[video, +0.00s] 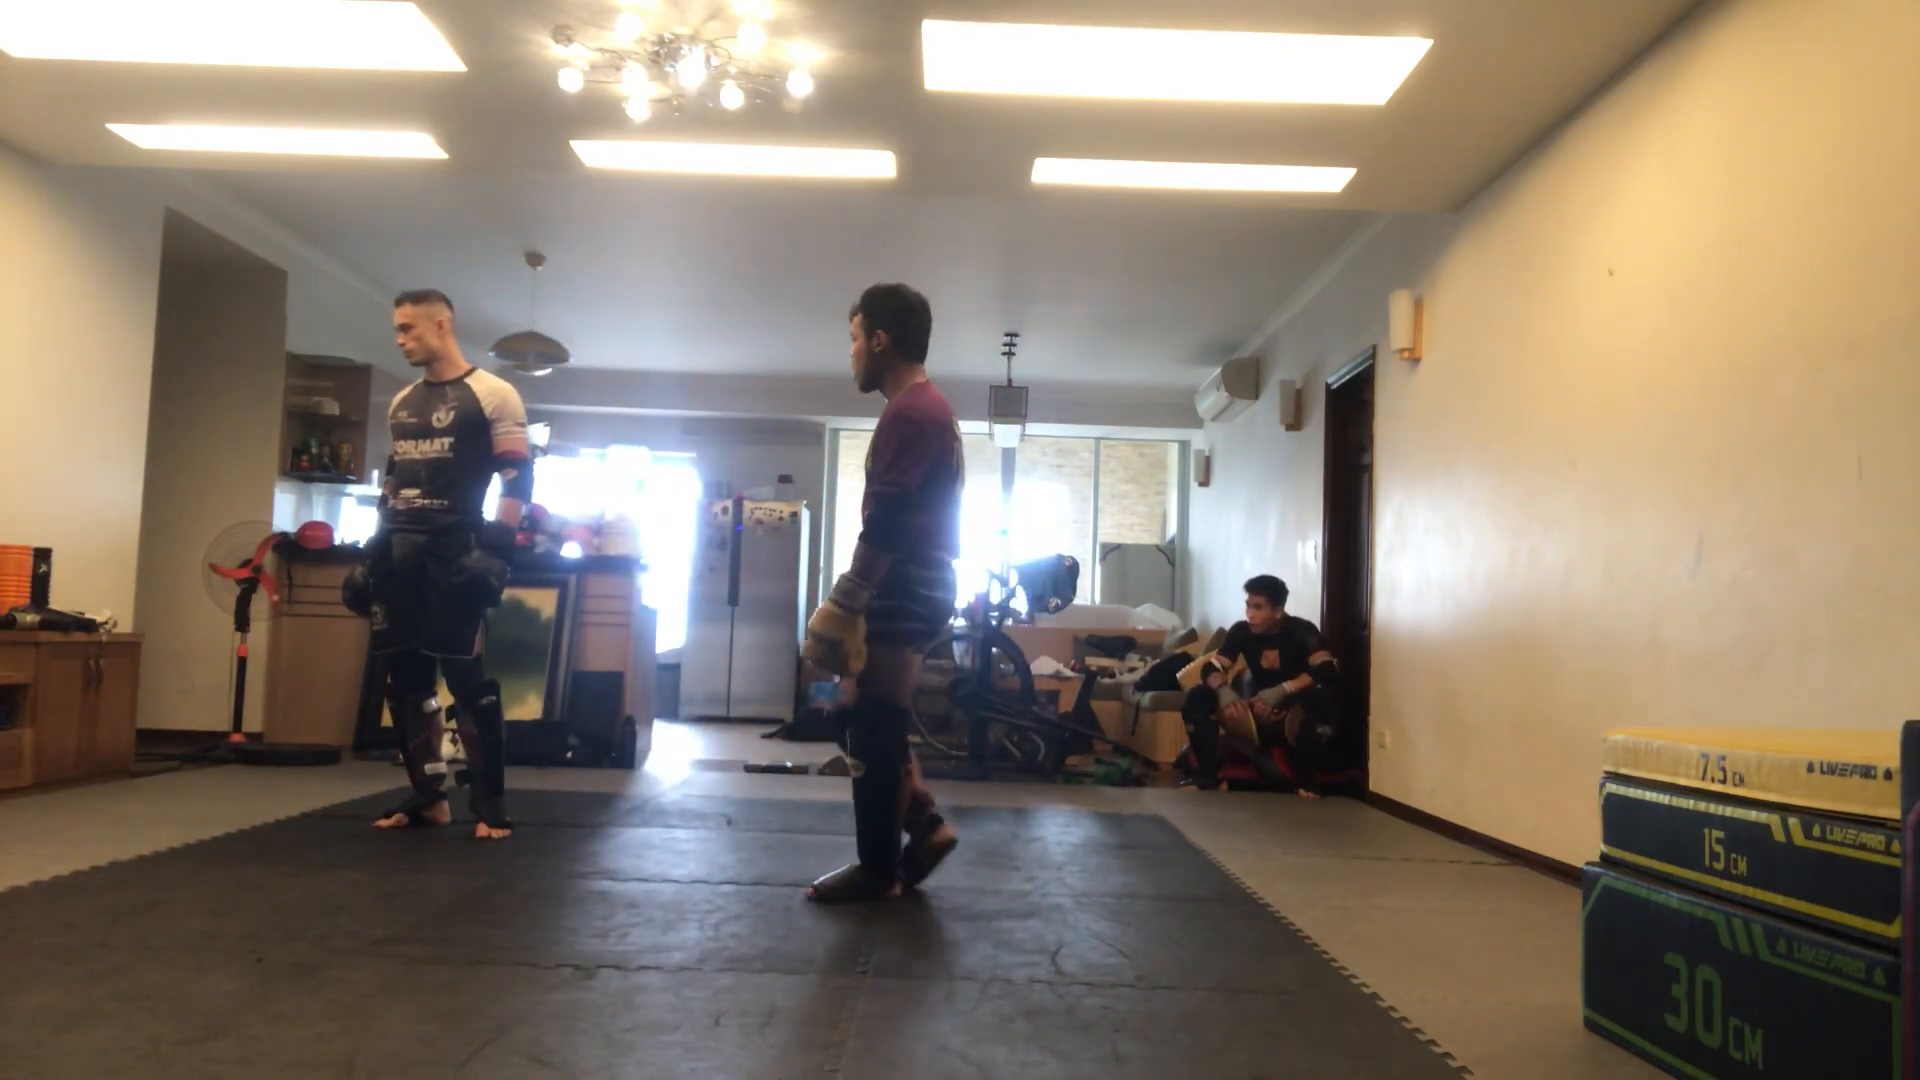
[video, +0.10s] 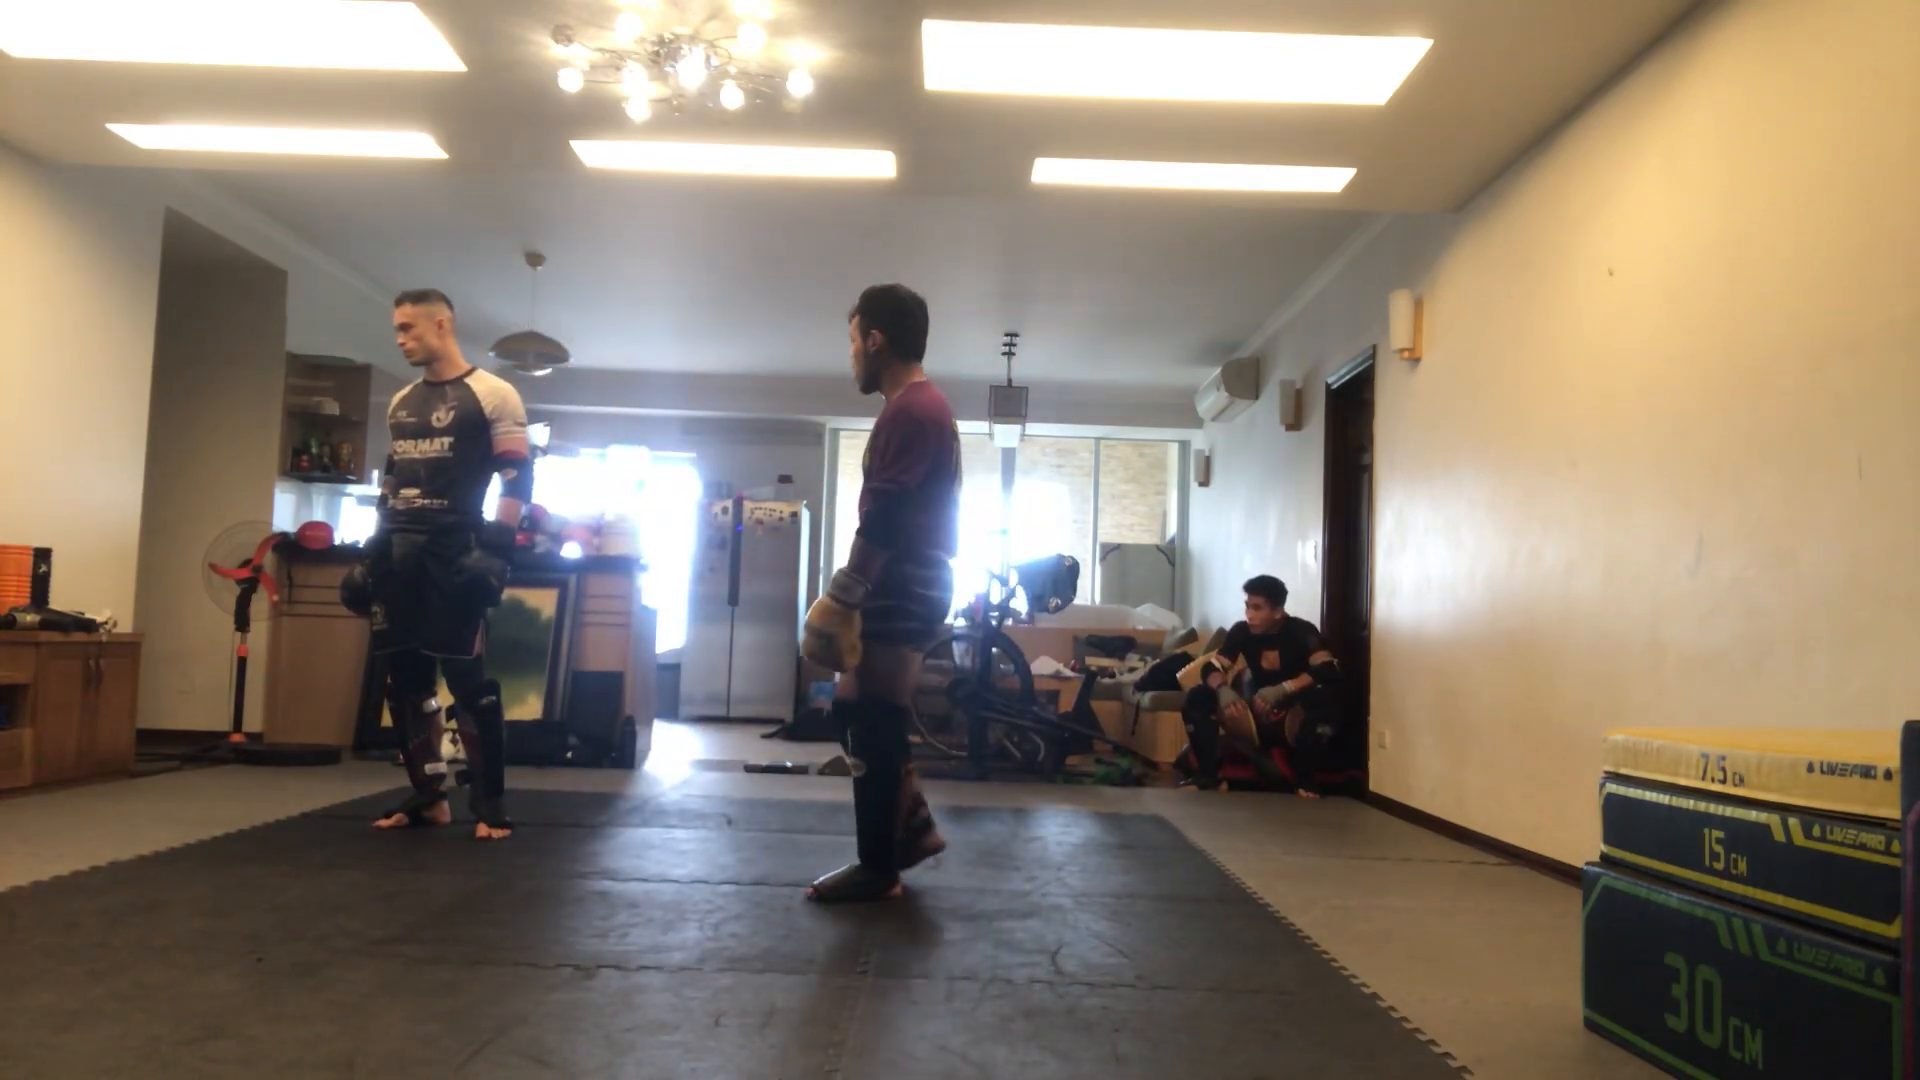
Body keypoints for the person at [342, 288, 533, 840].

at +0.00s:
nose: (400, 340)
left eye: (407, 329)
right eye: (397, 331)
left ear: (442, 324)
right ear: (404, 334)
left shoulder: (494, 394)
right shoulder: (402, 402)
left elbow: (515, 485)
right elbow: (395, 490)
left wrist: (494, 552)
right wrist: (373, 555)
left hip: (458, 554)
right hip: (401, 554)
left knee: (465, 677)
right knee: (406, 680)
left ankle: (490, 806)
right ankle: (429, 800)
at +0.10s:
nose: (400, 339)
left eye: (407, 328)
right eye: (397, 331)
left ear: (443, 323)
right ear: (403, 334)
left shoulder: (494, 394)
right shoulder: (402, 402)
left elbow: (515, 484)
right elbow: (394, 489)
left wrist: (494, 552)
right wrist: (374, 555)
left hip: (458, 553)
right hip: (402, 553)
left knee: (465, 677)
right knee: (407, 679)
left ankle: (490, 806)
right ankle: (429, 799)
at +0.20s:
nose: (400, 339)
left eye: (407, 328)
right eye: (396, 330)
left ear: (443, 323)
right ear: (403, 334)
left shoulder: (494, 393)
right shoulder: (401, 402)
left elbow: (515, 484)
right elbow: (393, 487)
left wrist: (494, 552)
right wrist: (373, 553)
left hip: (458, 553)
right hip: (402, 553)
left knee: (465, 677)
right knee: (407, 679)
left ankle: (490, 806)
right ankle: (429, 799)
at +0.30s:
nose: (400, 339)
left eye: (407, 328)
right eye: (396, 330)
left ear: (442, 323)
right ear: (403, 334)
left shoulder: (494, 393)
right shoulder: (401, 402)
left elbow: (515, 485)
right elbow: (392, 488)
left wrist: (494, 553)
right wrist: (372, 553)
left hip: (458, 554)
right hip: (402, 553)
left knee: (465, 676)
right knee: (407, 679)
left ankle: (490, 806)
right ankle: (429, 799)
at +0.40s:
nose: (400, 339)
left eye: (407, 328)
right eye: (397, 330)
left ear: (442, 323)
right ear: (403, 334)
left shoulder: (494, 393)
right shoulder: (401, 401)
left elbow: (515, 484)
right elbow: (391, 487)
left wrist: (494, 552)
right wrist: (372, 552)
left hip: (457, 554)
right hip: (401, 553)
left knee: (465, 677)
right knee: (407, 679)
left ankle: (490, 806)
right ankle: (429, 799)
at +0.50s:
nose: (401, 339)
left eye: (408, 328)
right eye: (397, 330)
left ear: (443, 323)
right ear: (402, 333)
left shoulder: (493, 393)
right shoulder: (401, 401)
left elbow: (515, 484)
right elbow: (391, 488)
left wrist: (494, 553)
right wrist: (371, 553)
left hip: (457, 554)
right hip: (401, 553)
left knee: (465, 677)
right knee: (407, 679)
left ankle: (490, 805)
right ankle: (429, 799)